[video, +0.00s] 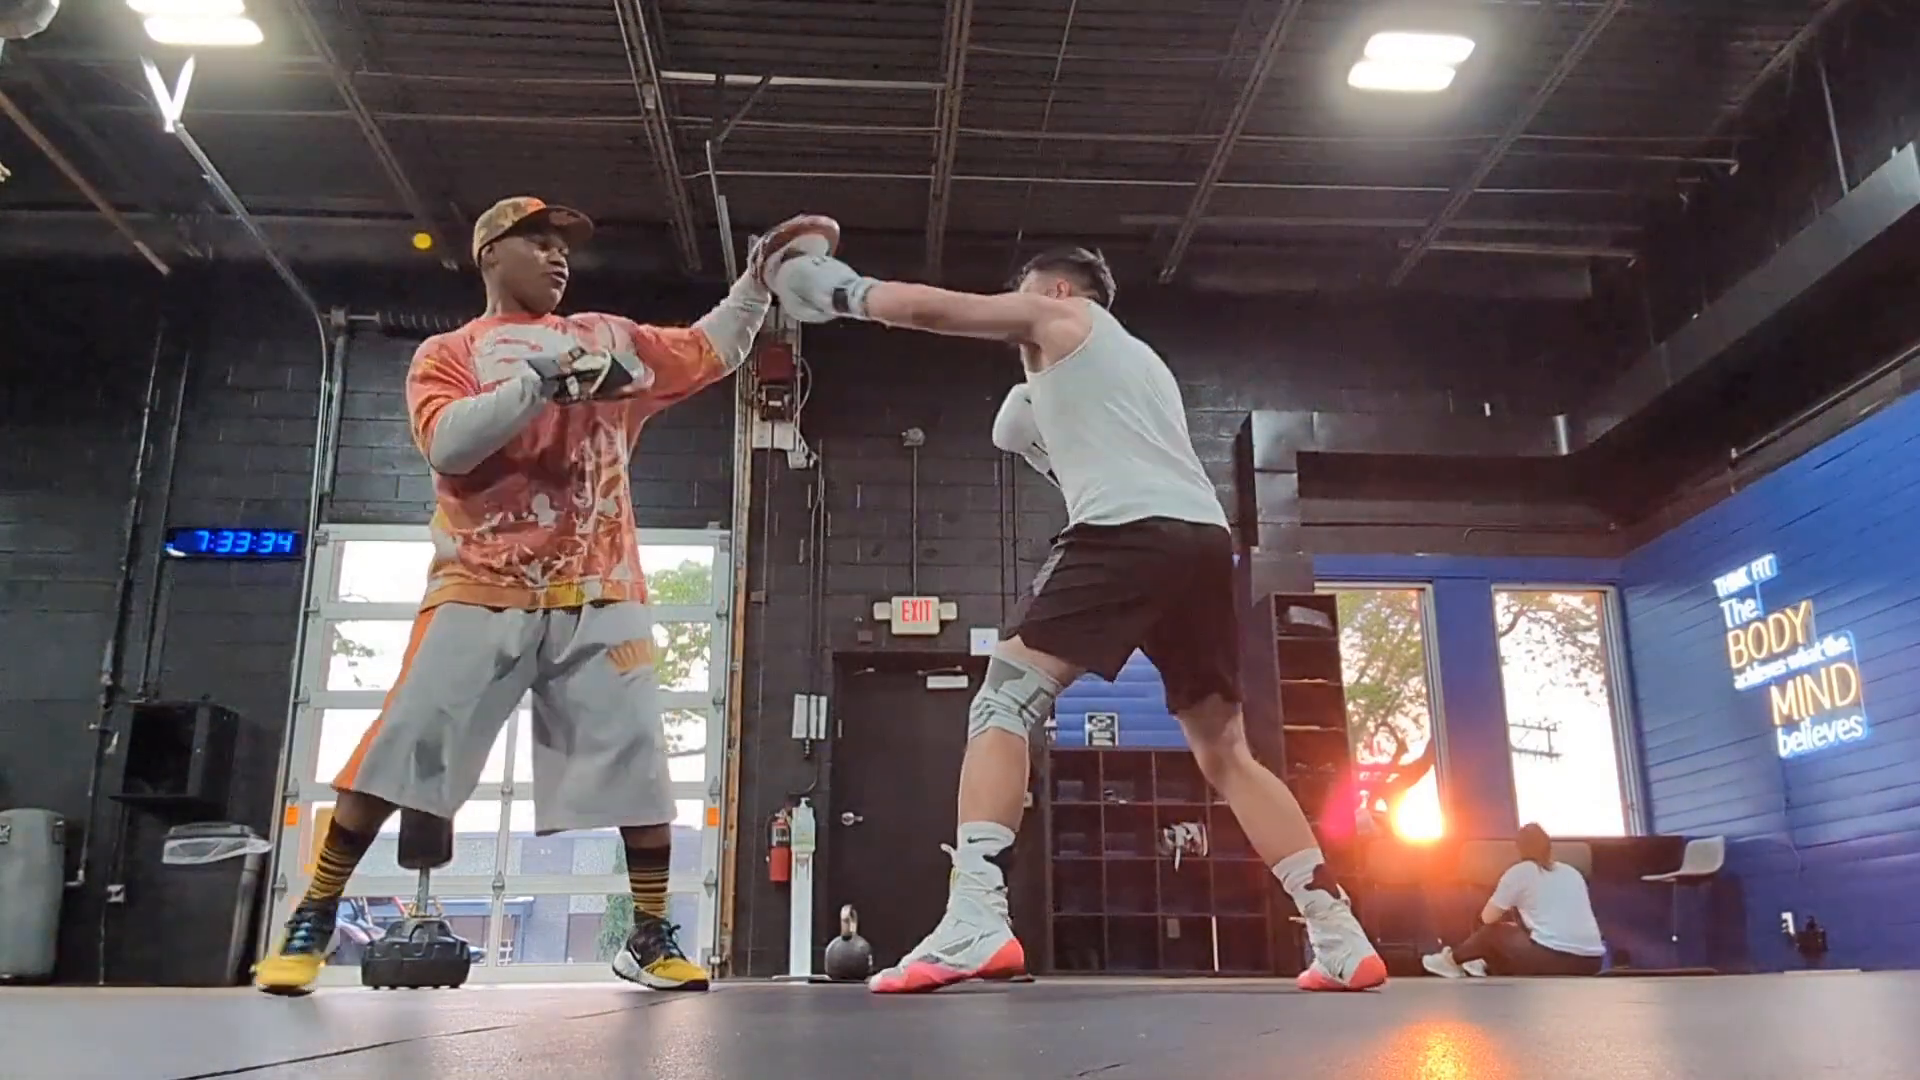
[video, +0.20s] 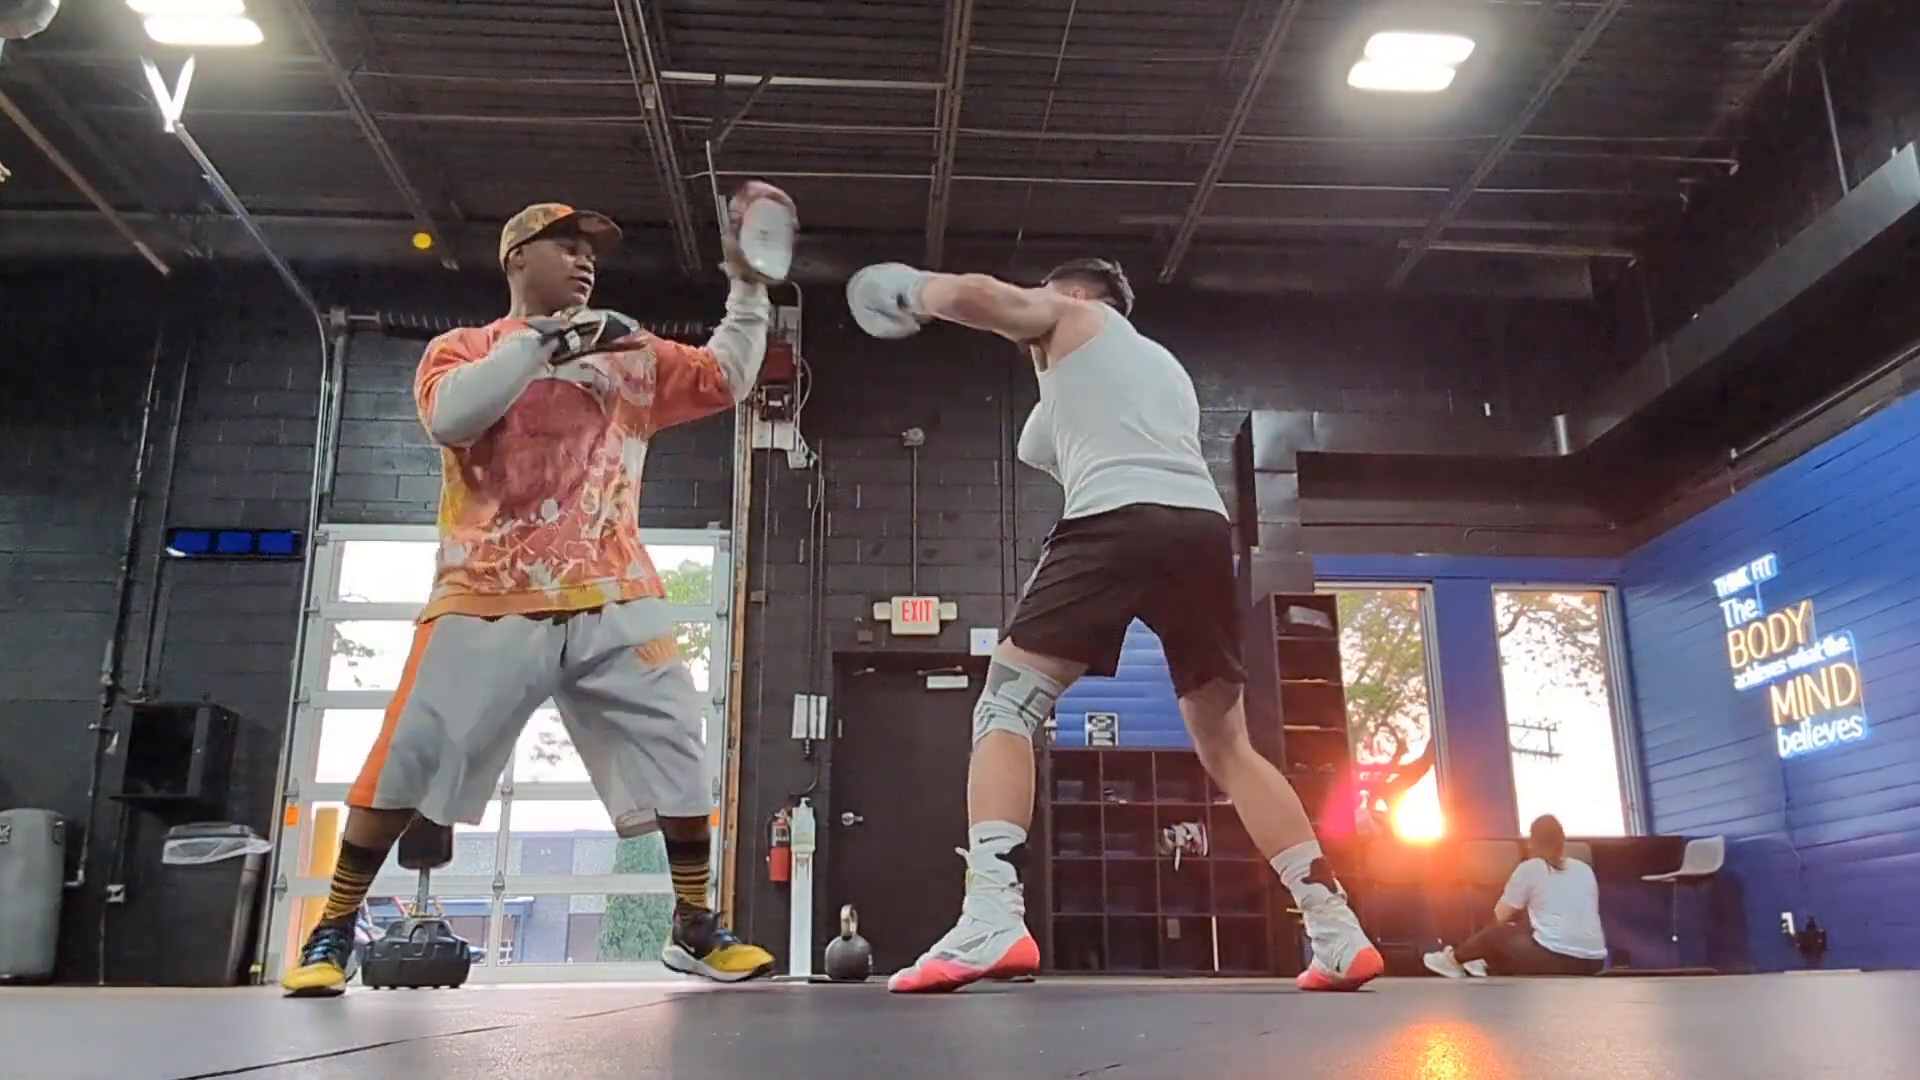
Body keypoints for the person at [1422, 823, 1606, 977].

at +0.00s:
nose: (1518, 848)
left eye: (1519, 844)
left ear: (1521, 848)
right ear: (1547, 846)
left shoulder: (1519, 873)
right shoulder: (1573, 873)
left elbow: (1488, 917)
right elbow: (1561, 914)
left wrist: (1517, 924)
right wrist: (1522, 920)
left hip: (1554, 959)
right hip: (1591, 962)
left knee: (1492, 932)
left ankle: (1450, 960)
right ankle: (1481, 963)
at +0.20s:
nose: (1531, 842)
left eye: (1532, 838)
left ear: (1533, 840)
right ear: (1562, 840)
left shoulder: (1529, 869)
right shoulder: (1586, 871)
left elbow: (1501, 915)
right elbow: (1585, 911)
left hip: (1556, 958)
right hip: (1593, 962)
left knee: (1497, 932)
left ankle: (1452, 959)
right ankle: (1485, 964)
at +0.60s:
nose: (1549, 840)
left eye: (1551, 834)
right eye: (1550, 834)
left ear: (1560, 837)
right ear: (1582, 835)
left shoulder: (1549, 868)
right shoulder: (1604, 873)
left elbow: (1519, 916)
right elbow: (1609, 916)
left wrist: (1514, 892)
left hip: (1561, 960)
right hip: (1596, 963)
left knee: (1500, 925)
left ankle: (1458, 957)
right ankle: (1486, 964)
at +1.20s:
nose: (1546, 848)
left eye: (1547, 842)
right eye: (1545, 843)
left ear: (1557, 840)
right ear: (1581, 838)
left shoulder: (1548, 867)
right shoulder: (1608, 872)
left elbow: (1529, 921)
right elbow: (1614, 928)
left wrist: (1528, 891)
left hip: (1562, 962)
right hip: (1603, 961)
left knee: (1502, 902)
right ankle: (1519, 951)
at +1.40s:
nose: (1540, 853)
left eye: (1540, 848)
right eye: (1539, 848)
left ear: (1549, 843)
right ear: (1571, 839)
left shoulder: (1548, 867)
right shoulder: (1599, 870)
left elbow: (1530, 919)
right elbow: (1609, 920)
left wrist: (1518, 898)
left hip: (1562, 961)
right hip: (1600, 960)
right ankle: (1518, 960)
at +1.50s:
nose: (1535, 853)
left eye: (1536, 847)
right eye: (1534, 847)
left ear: (1546, 843)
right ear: (1569, 840)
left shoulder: (1546, 866)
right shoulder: (1597, 871)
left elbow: (1529, 916)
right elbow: (1605, 924)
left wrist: (1513, 900)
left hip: (1557, 964)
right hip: (1596, 964)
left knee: (1483, 909)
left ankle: (1506, 956)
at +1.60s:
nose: (1531, 850)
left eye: (1532, 844)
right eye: (1530, 844)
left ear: (1543, 840)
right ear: (1566, 838)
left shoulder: (1542, 864)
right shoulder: (1594, 870)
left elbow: (1527, 913)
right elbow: (1606, 925)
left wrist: (1509, 906)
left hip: (1555, 962)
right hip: (1595, 963)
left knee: (1482, 920)